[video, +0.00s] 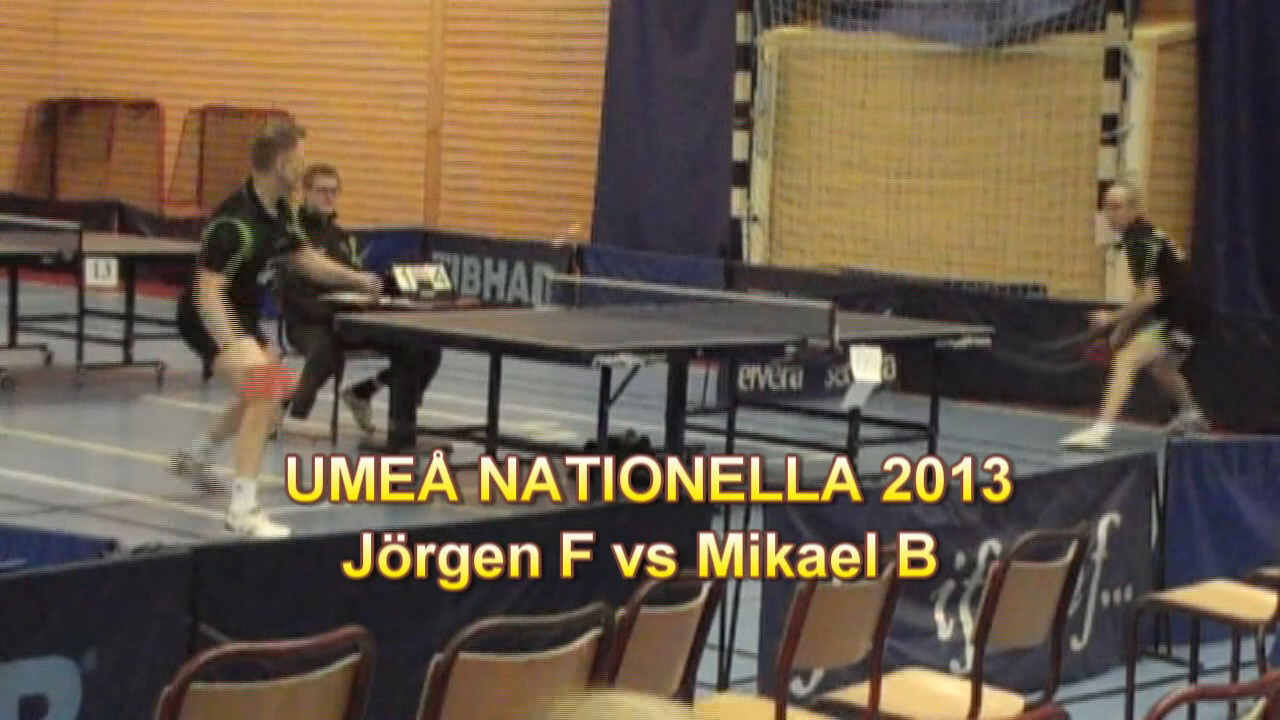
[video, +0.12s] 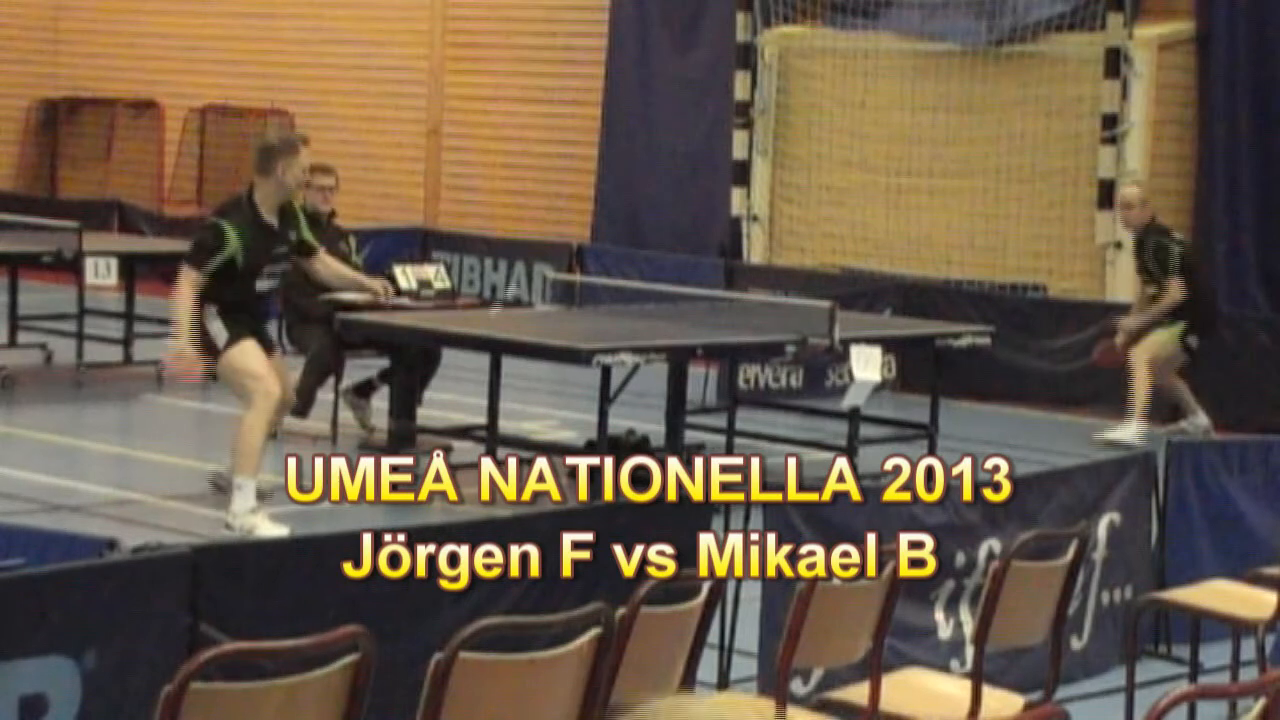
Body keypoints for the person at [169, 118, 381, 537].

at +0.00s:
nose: (303, 167)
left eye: (302, 159)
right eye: (297, 159)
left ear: (276, 163)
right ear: (274, 163)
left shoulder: (282, 209)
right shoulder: (234, 221)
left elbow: (306, 260)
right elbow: (207, 291)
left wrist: (358, 278)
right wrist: (233, 347)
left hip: (242, 311)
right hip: (207, 314)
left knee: (266, 386)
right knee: (262, 383)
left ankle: (196, 454)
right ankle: (243, 507)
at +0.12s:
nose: (305, 179)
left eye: (306, 171)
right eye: (300, 171)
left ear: (279, 172)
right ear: (274, 171)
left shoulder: (290, 215)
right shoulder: (229, 224)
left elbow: (318, 263)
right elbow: (189, 280)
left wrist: (365, 281)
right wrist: (183, 338)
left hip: (253, 319)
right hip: (217, 319)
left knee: (282, 395)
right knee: (266, 392)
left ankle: (235, 472)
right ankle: (242, 507)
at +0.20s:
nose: (304, 182)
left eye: (305, 175)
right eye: (298, 175)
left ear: (287, 174)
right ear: (272, 174)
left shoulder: (293, 217)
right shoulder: (226, 222)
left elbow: (319, 264)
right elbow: (186, 268)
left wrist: (367, 288)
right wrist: (167, 295)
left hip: (260, 319)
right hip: (217, 317)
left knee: (286, 401)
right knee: (264, 391)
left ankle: (233, 475)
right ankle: (242, 508)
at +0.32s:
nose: (300, 167)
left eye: (301, 159)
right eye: (292, 159)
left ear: (285, 162)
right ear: (263, 159)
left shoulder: (287, 210)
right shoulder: (231, 209)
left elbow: (306, 260)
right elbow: (198, 268)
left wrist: (351, 288)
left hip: (260, 315)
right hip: (222, 312)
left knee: (288, 396)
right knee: (261, 394)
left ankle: (234, 471)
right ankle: (242, 506)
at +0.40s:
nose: (293, 153)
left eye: (294, 145)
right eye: (283, 147)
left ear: (289, 149)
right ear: (255, 153)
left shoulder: (274, 202)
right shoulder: (243, 201)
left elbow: (289, 258)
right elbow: (253, 240)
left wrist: (340, 285)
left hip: (253, 308)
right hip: (222, 307)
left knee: (286, 391)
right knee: (265, 392)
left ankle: (233, 470)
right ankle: (237, 504)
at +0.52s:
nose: (287, 144)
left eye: (285, 137)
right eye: (278, 138)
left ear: (255, 150)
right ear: (251, 149)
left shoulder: (242, 193)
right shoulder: (256, 200)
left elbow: (257, 257)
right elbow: (325, 216)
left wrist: (307, 274)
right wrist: (395, 191)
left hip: (242, 306)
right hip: (225, 310)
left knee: (282, 391)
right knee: (272, 397)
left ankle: (230, 468)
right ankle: (236, 505)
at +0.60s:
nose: (289, 141)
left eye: (286, 134)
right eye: (280, 135)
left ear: (254, 149)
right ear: (256, 147)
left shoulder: (238, 191)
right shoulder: (264, 200)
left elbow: (239, 246)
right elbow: (338, 223)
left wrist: (273, 270)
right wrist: (397, 201)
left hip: (227, 305)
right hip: (230, 309)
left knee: (270, 393)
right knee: (278, 398)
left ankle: (230, 470)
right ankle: (237, 504)